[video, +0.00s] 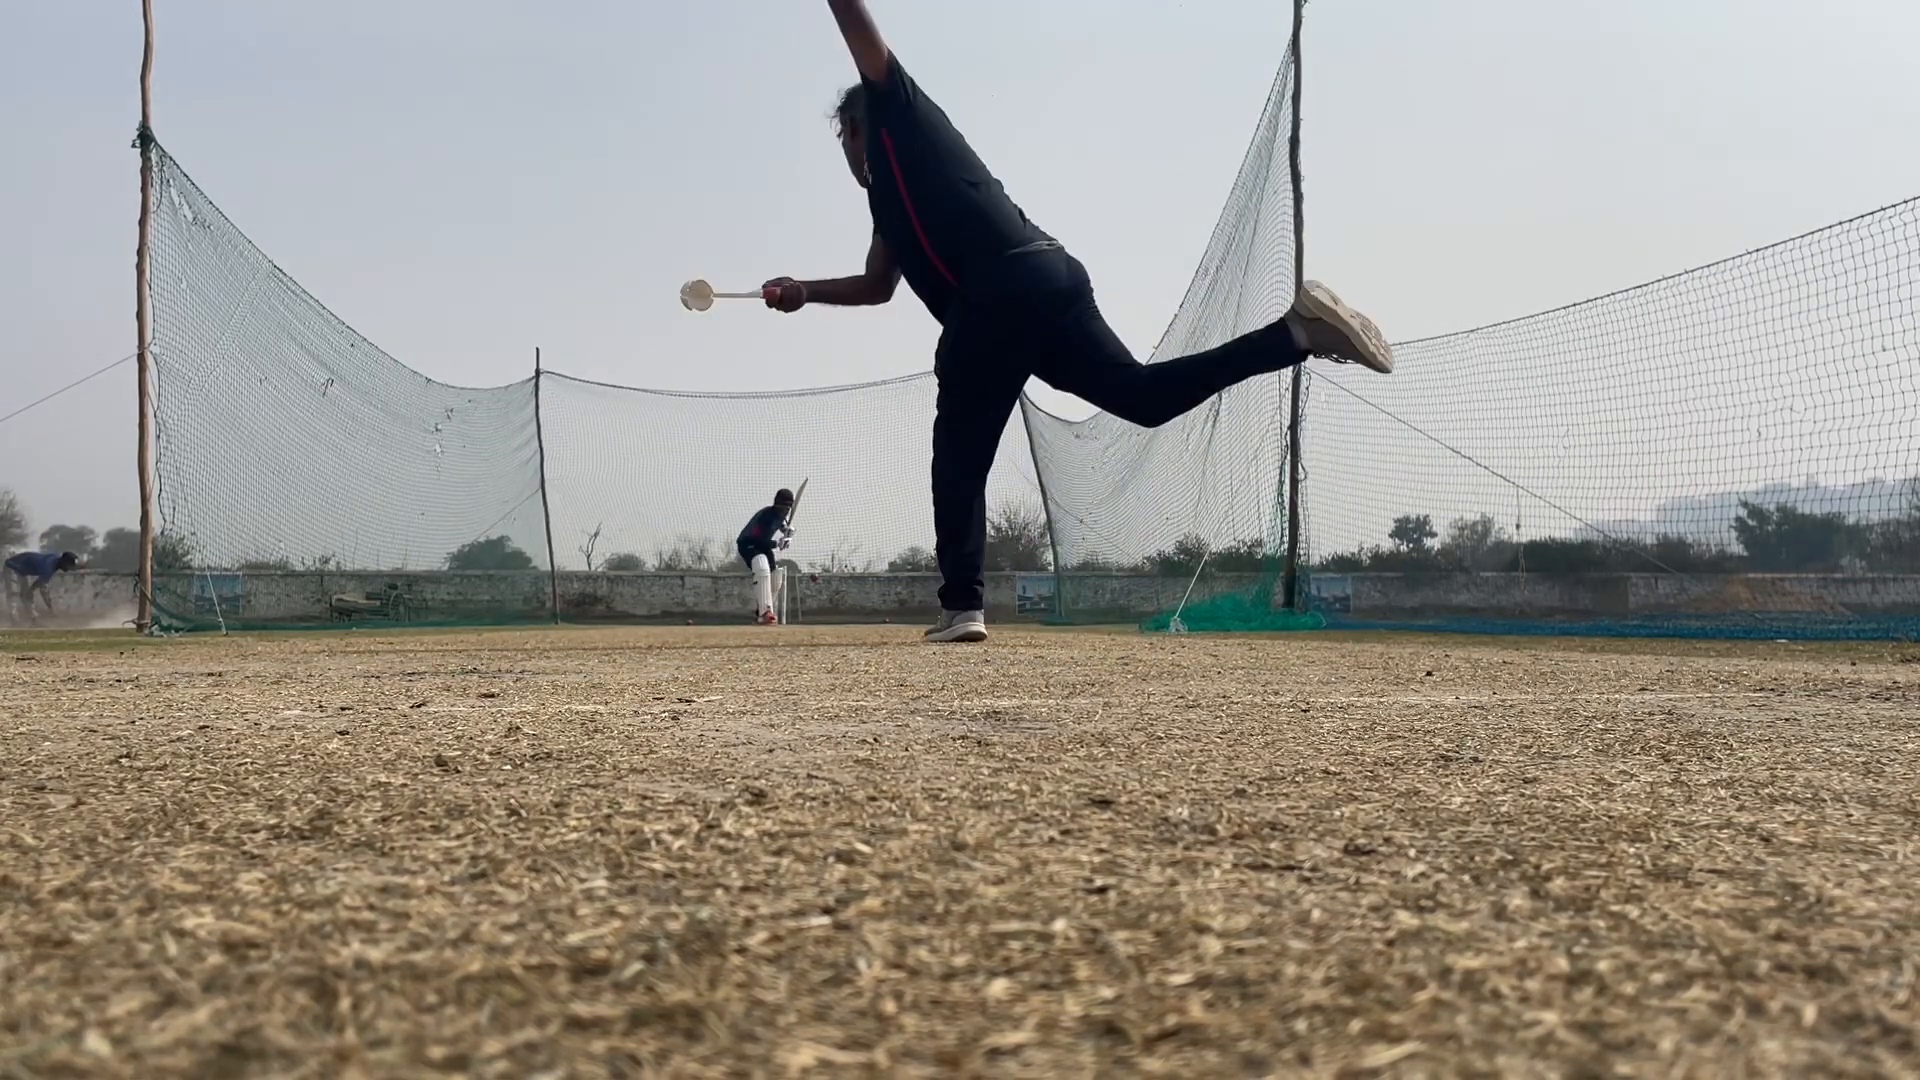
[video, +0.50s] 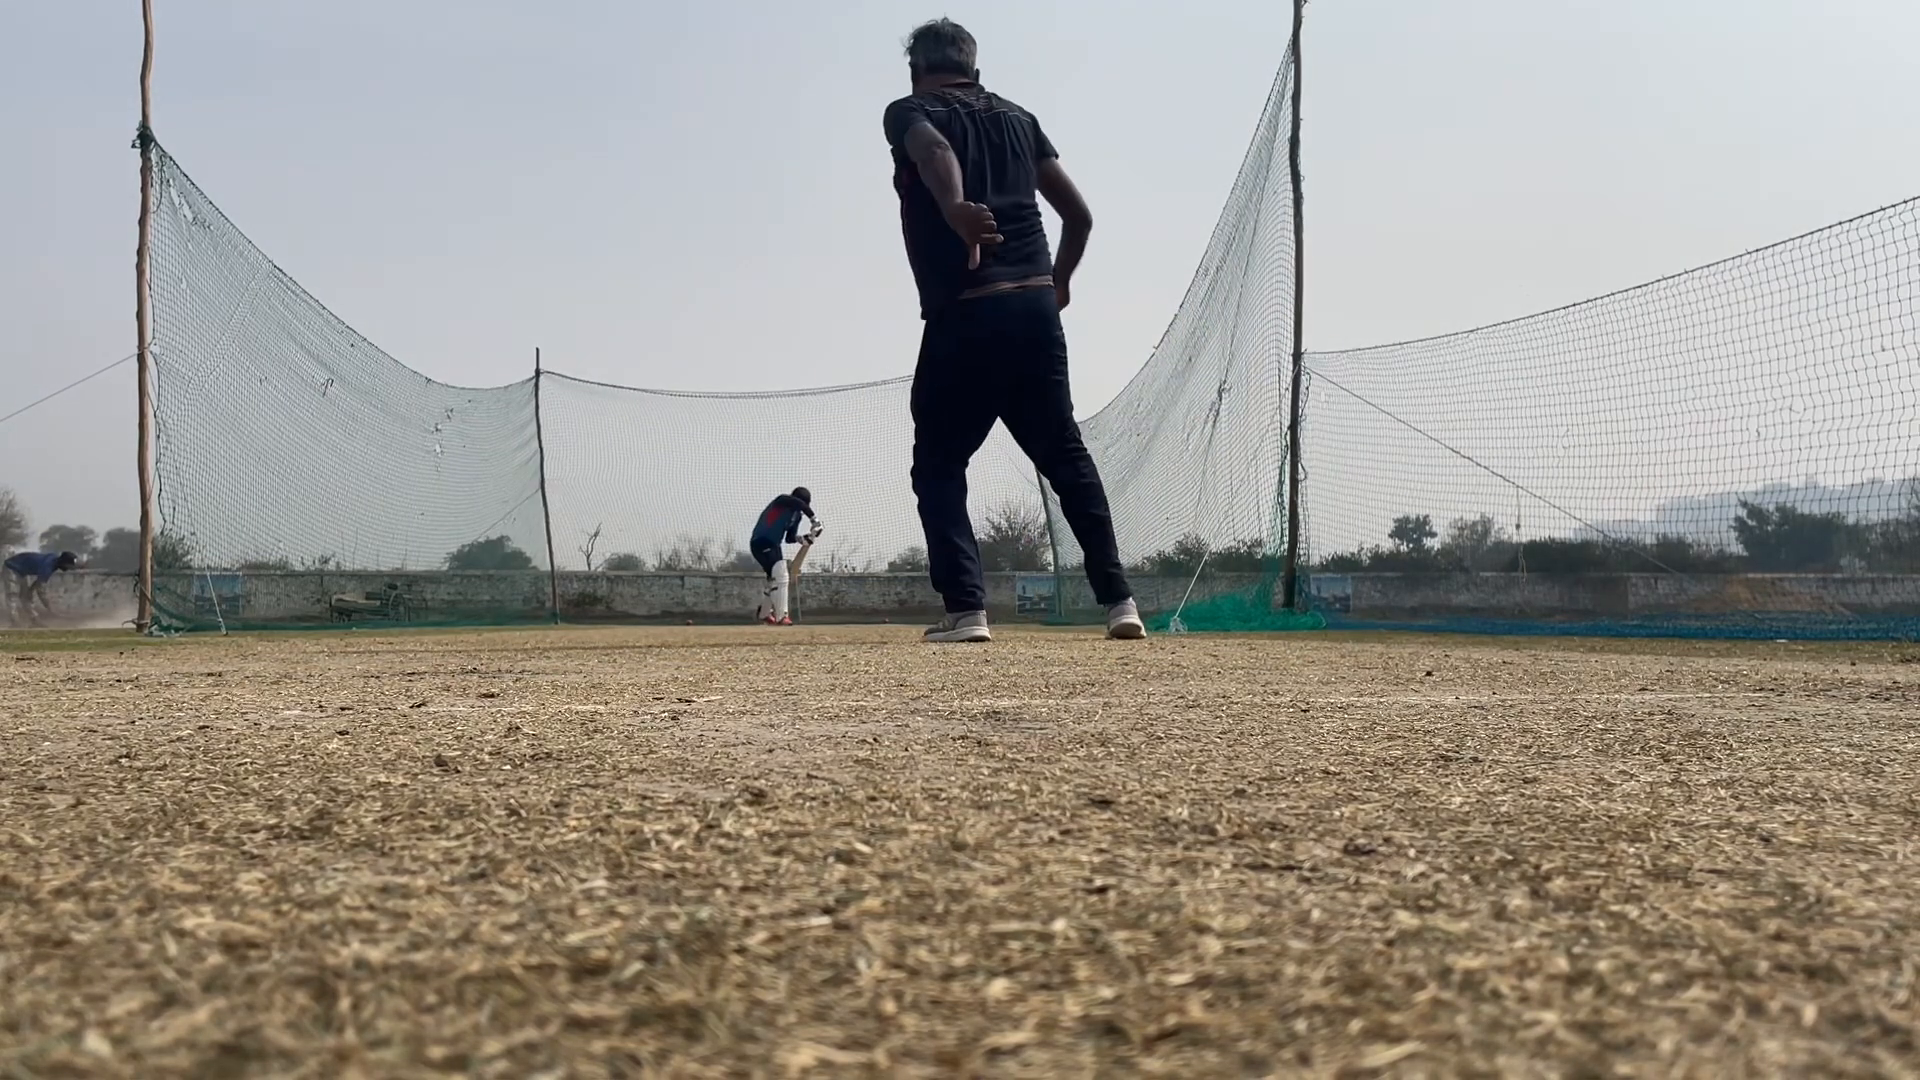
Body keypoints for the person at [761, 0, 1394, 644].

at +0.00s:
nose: (847, 156)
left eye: (846, 140)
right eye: (843, 146)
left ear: (864, 121)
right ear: (869, 137)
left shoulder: (896, 105)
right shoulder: (891, 204)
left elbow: (850, 11)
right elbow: (874, 287)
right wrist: (802, 291)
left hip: (994, 302)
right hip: (1046, 283)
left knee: (959, 466)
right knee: (1144, 399)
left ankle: (962, 612)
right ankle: (1298, 333)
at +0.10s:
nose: (857, 109)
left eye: (862, 96)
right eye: (863, 107)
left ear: (884, 88)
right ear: (918, 104)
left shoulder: (897, 96)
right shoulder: (922, 182)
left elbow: (798, 76)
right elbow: (899, 279)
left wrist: (748, 71)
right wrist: (809, 303)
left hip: (991, 295)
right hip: (1049, 281)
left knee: (954, 457)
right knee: (1133, 396)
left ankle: (964, 611)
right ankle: (1303, 373)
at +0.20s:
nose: (873, 87)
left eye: (876, 79)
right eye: (881, 79)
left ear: (883, 76)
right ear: (936, 82)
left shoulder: (878, 102)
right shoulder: (962, 127)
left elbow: (824, 194)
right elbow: (964, 261)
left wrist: (783, 255)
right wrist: (886, 322)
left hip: (984, 298)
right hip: (1048, 279)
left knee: (945, 458)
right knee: (1108, 403)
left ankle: (965, 611)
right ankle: (1258, 468)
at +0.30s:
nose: (882, 89)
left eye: (881, 80)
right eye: (886, 81)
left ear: (886, 77)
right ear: (943, 74)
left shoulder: (882, 117)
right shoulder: (981, 117)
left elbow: (870, 234)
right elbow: (995, 217)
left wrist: (855, 342)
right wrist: (952, 306)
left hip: (975, 301)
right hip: (1044, 285)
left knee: (939, 454)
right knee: (1090, 419)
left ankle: (965, 611)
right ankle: (1161, 563)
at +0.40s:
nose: (893, 87)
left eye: (892, 78)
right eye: (895, 80)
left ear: (900, 76)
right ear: (954, 72)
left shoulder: (898, 119)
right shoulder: (1001, 115)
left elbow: (918, 187)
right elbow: (1064, 210)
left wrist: (924, 268)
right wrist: (1052, 277)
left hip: (969, 308)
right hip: (1035, 300)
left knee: (938, 459)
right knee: (1062, 445)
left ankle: (965, 613)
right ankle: (1115, 603)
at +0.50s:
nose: (912, 82)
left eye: (912, 74)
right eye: (917, 76)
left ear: (918, 72)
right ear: (974, 71)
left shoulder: (909, 109)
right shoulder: (1016, 117)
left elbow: (937, 151)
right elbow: (1078, 216)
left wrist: (953, 208)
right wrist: (1060, 279)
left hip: (966, 320)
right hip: (1038, 316)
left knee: (937, 467)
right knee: (1066, 455)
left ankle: (966, 612)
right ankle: (1119, 603)